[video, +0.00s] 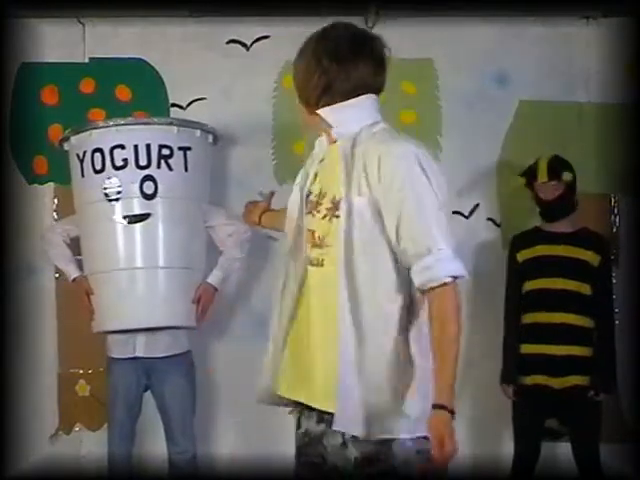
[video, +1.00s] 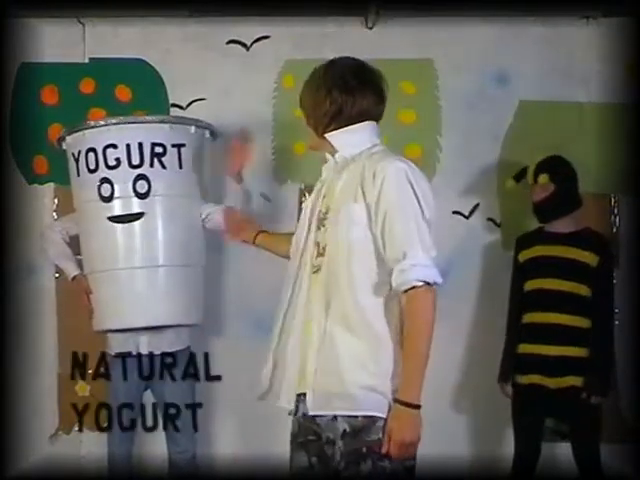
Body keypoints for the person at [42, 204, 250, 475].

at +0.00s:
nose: (143, 193)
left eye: (151, 187)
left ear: (164, 184)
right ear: (123, 188)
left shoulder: (188, 211)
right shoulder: (107, 217)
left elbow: (239, 235)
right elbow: (53, 233)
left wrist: (214, 282)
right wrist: (76, 276)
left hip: (172, 348)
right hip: (121, 350)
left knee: (182, 449)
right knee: (119, 451)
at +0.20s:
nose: (141, 192)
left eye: (149, 186)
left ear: (161, 185)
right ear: (121, 190)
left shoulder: (181, 212)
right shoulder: (104, 216)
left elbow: (235, 239)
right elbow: (53, 232)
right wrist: (76, 275)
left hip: (173, 349)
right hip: (122, 351)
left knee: (184, 449)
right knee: (118, 450)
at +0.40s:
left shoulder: (185, 211)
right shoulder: (108, 214)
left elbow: (245, 227)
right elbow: (53, 232)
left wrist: (235, 198)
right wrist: (76, 274)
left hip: (176, 336)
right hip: (124, 339)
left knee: (183, 437)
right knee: (122, 433)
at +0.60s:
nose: (140, 189)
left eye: (147, 182)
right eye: (134, 182)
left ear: (159, 184)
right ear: (123, 185)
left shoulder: (179, 209)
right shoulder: (107, 216)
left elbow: (238, 217)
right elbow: (55, 232)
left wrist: (268, 188)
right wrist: (76, 274)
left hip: (174, 338)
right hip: (124, 341)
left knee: (182, 434)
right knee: (122, 432)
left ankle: (185, 477)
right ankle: (119, 479)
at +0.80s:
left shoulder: (189, 210)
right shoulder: (109, 213)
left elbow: (258, 214)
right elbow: (53, 232)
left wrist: (236, 193)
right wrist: (77, 274)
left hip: (175, 337)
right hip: (124, 339)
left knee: (182, 433)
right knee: (123, 428)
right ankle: (118, 479)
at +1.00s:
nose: (137, 190)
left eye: (145, 183)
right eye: (128, 184)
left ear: (157, 183)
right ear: (116, 185)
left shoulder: (177, 209)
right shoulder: (107, 216)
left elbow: (232, 223)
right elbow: (53, 230)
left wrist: (235, 175)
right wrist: (75, 275)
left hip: (174, 340)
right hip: (124, 343)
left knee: (184, 441)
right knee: (121, 440)